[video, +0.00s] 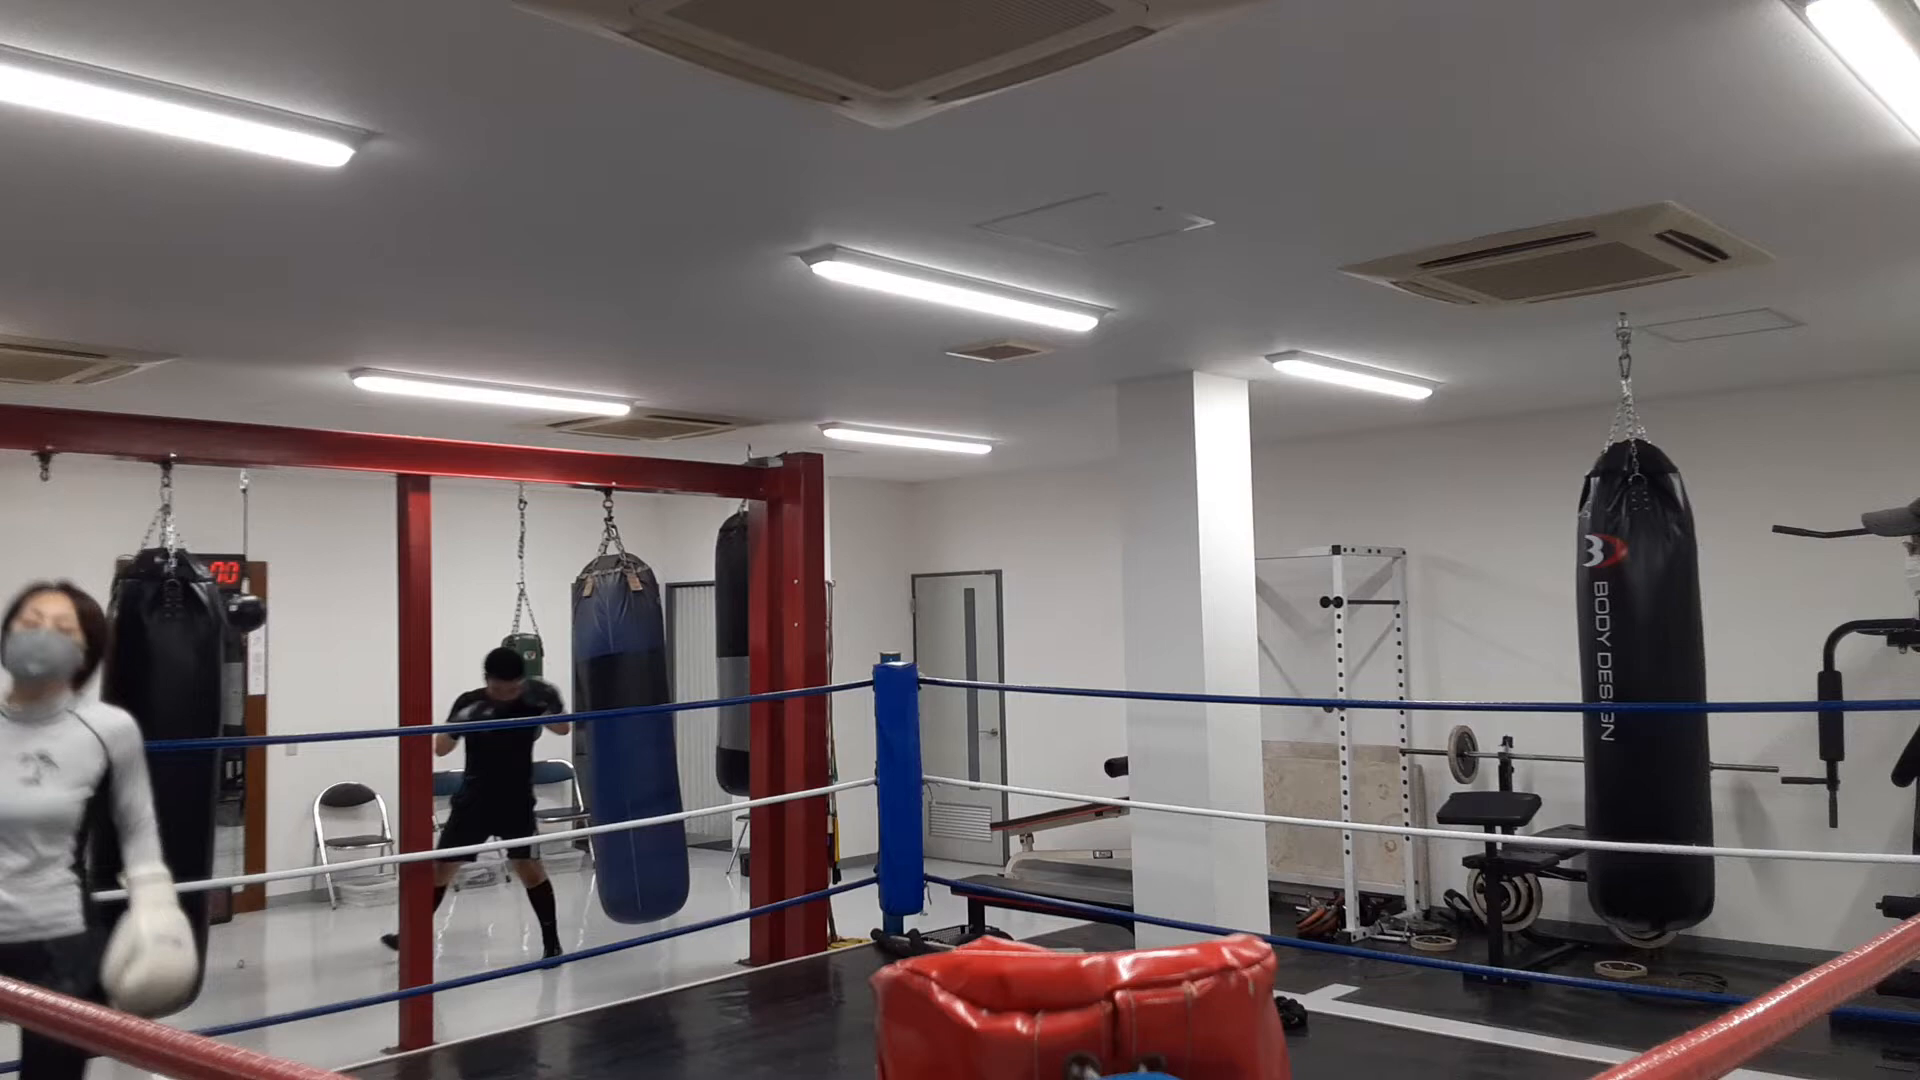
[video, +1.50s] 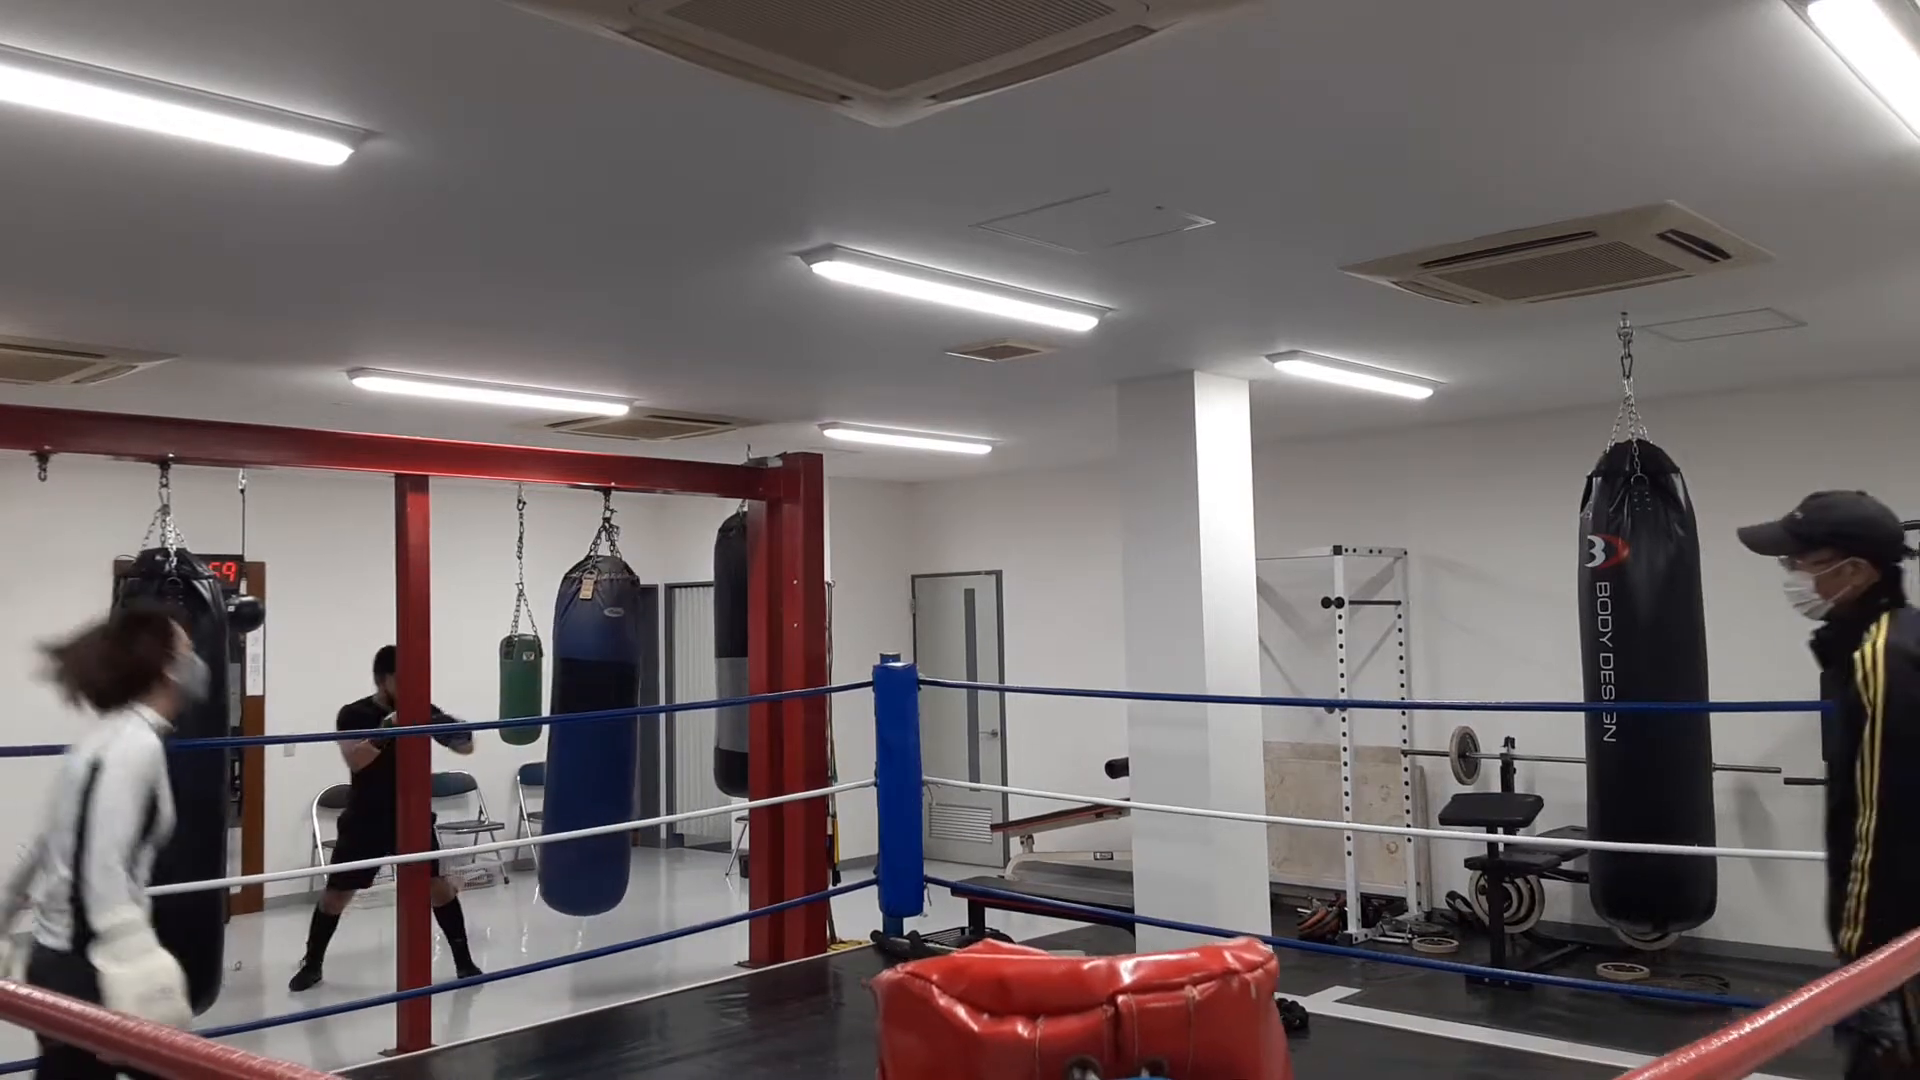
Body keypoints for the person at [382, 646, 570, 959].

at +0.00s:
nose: (506, 695)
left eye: (512, 689)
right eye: (500, 689)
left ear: (520, 682)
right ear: (488, 681)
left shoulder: (532, 699)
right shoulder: (469, 702)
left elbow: (562, 729)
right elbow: (441, 748)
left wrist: (550, 704)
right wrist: (460, 722)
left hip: (515, 802)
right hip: (473, 803)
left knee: (529, 868)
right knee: (441, 868)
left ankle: (551, 942)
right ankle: (412, 934)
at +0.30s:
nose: (448, 690)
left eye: (454, 683)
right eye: (441, 685)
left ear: (461, 677)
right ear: (428, 681)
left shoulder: (478, 701)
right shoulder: (418, 705)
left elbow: (512, 744)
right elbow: (388, 751)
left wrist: (501, 733)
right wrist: (393, 732)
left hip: (473, 798)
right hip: (430, 802)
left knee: (493, 865)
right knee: (414, 873)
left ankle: (520, 940)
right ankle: (401, 942)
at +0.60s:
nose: (423, 681)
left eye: (428, 673)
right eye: (417, 673)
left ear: (438, 672)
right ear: (407, 673)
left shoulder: (459, 698)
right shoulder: (394, 702)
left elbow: (494, 739)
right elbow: (373, 753)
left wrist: (471, 718)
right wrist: (385, 728)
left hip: (450, 795)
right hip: (408, 798)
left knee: (463, 867)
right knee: (396, 871)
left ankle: (477, 937)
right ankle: (398, 941)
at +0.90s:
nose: (448, 694)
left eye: (453, 687)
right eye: (442, 688)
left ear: (460, 682)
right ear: (424, 681)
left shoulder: (464, 709)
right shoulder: (397, 708)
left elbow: (499, 749)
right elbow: (381, 756)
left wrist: (483, 727)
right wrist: (412, 732)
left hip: (449, 803)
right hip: (405, 805)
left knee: (456, 874)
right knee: (396, 881)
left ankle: (466, 957)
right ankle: (399, 944)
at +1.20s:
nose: (452, 685)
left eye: (457, 678)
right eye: (446, 678)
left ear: (462, 675)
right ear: (427, 672)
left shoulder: (463, 705)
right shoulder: (397, 700)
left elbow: (498, 748)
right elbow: (377, 748)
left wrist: (491, 726)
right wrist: (408, 724)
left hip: (443, 801)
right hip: (398, 800)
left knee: (453, 876)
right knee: (374, 875)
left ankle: (467, 961)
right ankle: (360, 946)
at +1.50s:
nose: (406, 683)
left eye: (409, 676)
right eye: (399, 677)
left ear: (413, 679)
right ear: (382, 678)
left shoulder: (419, 710)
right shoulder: (355, 714)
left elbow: (465, 745)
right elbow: (354, 759)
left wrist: (451, 731)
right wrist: (388, 729)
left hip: (412, 817)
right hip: (365, 819)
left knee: (437, 885)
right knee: (337, 892)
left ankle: (463, 961)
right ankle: (312, 965)